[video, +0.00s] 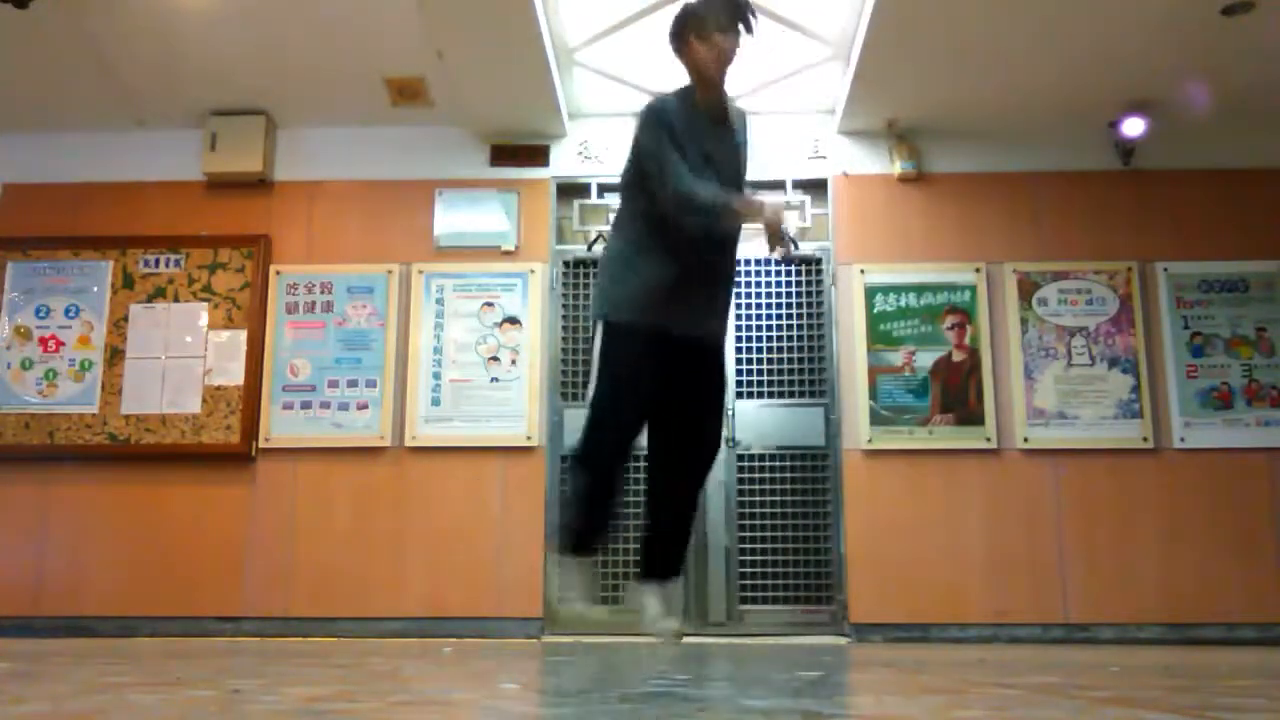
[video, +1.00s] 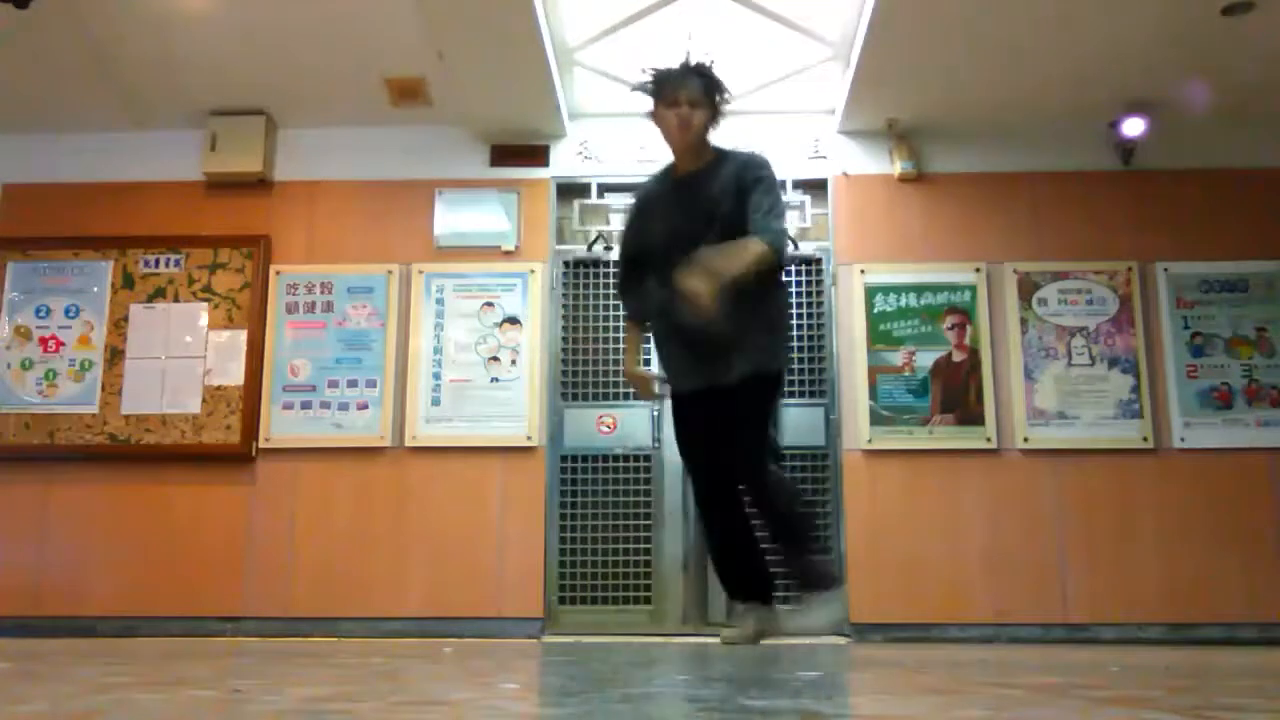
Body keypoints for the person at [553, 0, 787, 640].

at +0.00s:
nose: (726, 47)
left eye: (731, 37)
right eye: (714, 37)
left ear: (737, 45)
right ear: (687, 45)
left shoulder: (731, 123)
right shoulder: (661, 115)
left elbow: (723, 199)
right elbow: (680, 194)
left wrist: (765, 222)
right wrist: (755, 208)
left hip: (699, 314)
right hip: (639, 307)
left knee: (689, 447)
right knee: (613, 427)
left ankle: (657, 579)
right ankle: (575, 552)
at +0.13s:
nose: (692, 33)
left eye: (701, 22)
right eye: (677, 24)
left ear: (712, 31)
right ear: (653, 38)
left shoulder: (733, 110)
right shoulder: (636, 104)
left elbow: (743, 194)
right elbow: (662, 174)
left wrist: (768, 191)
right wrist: (746, 168)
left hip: (710, 302)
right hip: (644, 303)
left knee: (713, 439)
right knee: (653, 440)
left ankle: (703, 585)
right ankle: (662, 591)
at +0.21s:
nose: (681, 61)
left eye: (687, 49)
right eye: (666, 51)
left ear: (700, 56)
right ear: (641, 63)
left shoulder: (726, 132)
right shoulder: (621, 132)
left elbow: (786, 214)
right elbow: (642, 187)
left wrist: (780, 201)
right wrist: (723, 164)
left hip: (713, 325)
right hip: (640, 332)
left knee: (745, 456)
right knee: (659, 470)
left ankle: (760, 578)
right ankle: (679, 598)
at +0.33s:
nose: (665, 110)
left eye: (675, 100)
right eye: (651, 101)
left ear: (691, 112)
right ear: (631, 118)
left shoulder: (721, 172)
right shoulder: (609, 191)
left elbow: (763, 232)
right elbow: (618, 247)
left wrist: (749, 253)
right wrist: (667, 250)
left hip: (717, 362)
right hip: (644, 368)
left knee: (763, 475)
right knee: (662, 491)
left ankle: (819, 556)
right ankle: (681, 605)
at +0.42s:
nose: (662, 103)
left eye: (672, 92)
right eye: (649, 92)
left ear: (688, 103)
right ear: (629, 105)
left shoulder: (721, 163)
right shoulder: (604, 185)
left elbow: (760, 236)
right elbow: (593, 267)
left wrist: (770, 296)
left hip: (720, 350)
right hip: (645, 358)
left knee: (762, 463)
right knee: (657, 487)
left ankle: (803, 569)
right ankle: (680, 602)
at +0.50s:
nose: (660, 76)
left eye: (669, 64)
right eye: (647, 65)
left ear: (686, 73)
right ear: (626, 76)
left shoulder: (723, 138)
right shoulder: (601, 165)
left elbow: (769, 213)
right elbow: (577, 255)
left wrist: (798, 287)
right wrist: (570, 327)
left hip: (724, 321)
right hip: (647, 333)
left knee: (745, 442)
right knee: (658, 462)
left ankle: (749, 576)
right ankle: (677, 590)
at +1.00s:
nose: (679, 116)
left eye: (690, 105)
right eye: (668, 106)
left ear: (712, 113)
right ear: (656, 116)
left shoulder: (746, 171)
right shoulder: (652, 199)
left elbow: (769, 239)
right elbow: (634, 283)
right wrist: (631, 358)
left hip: (753, 355)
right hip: (689, 366)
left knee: (749, 466)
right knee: (711, 486)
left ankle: (818, 586)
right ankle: (752, 602)